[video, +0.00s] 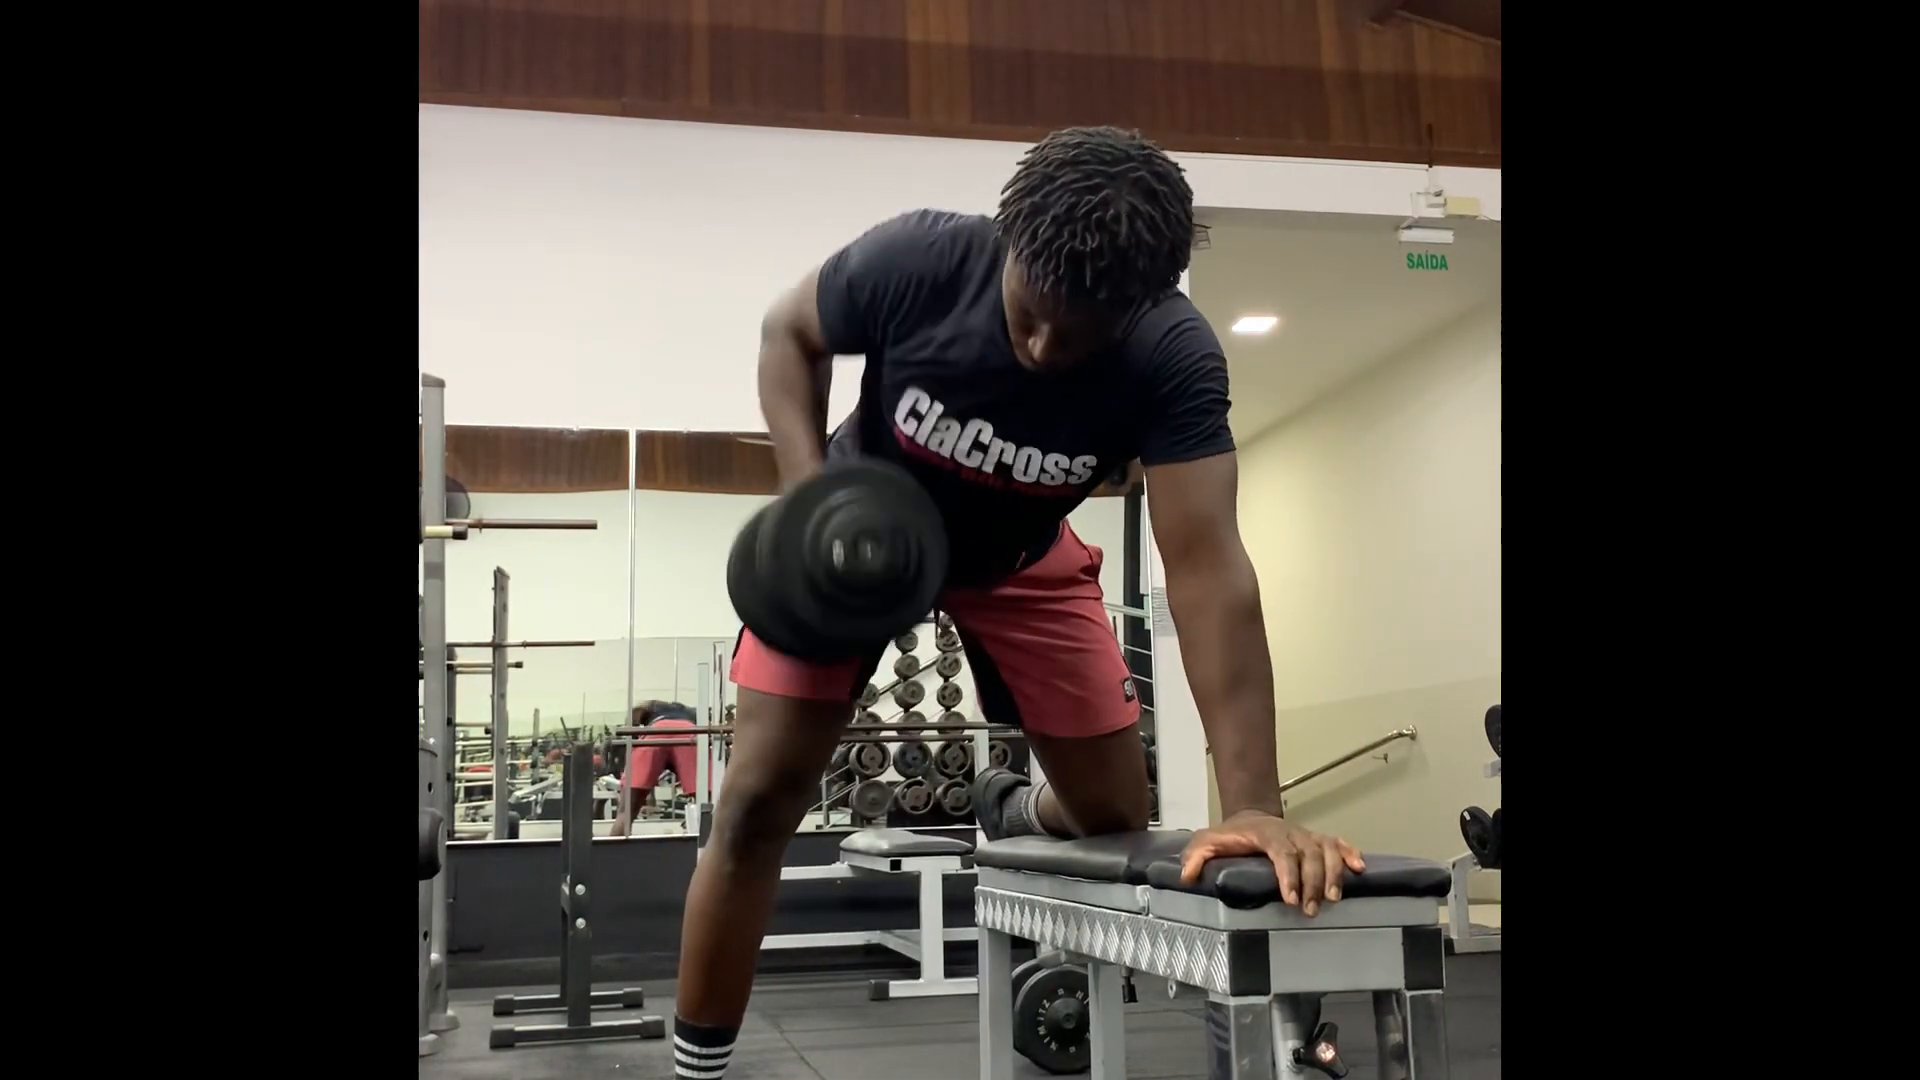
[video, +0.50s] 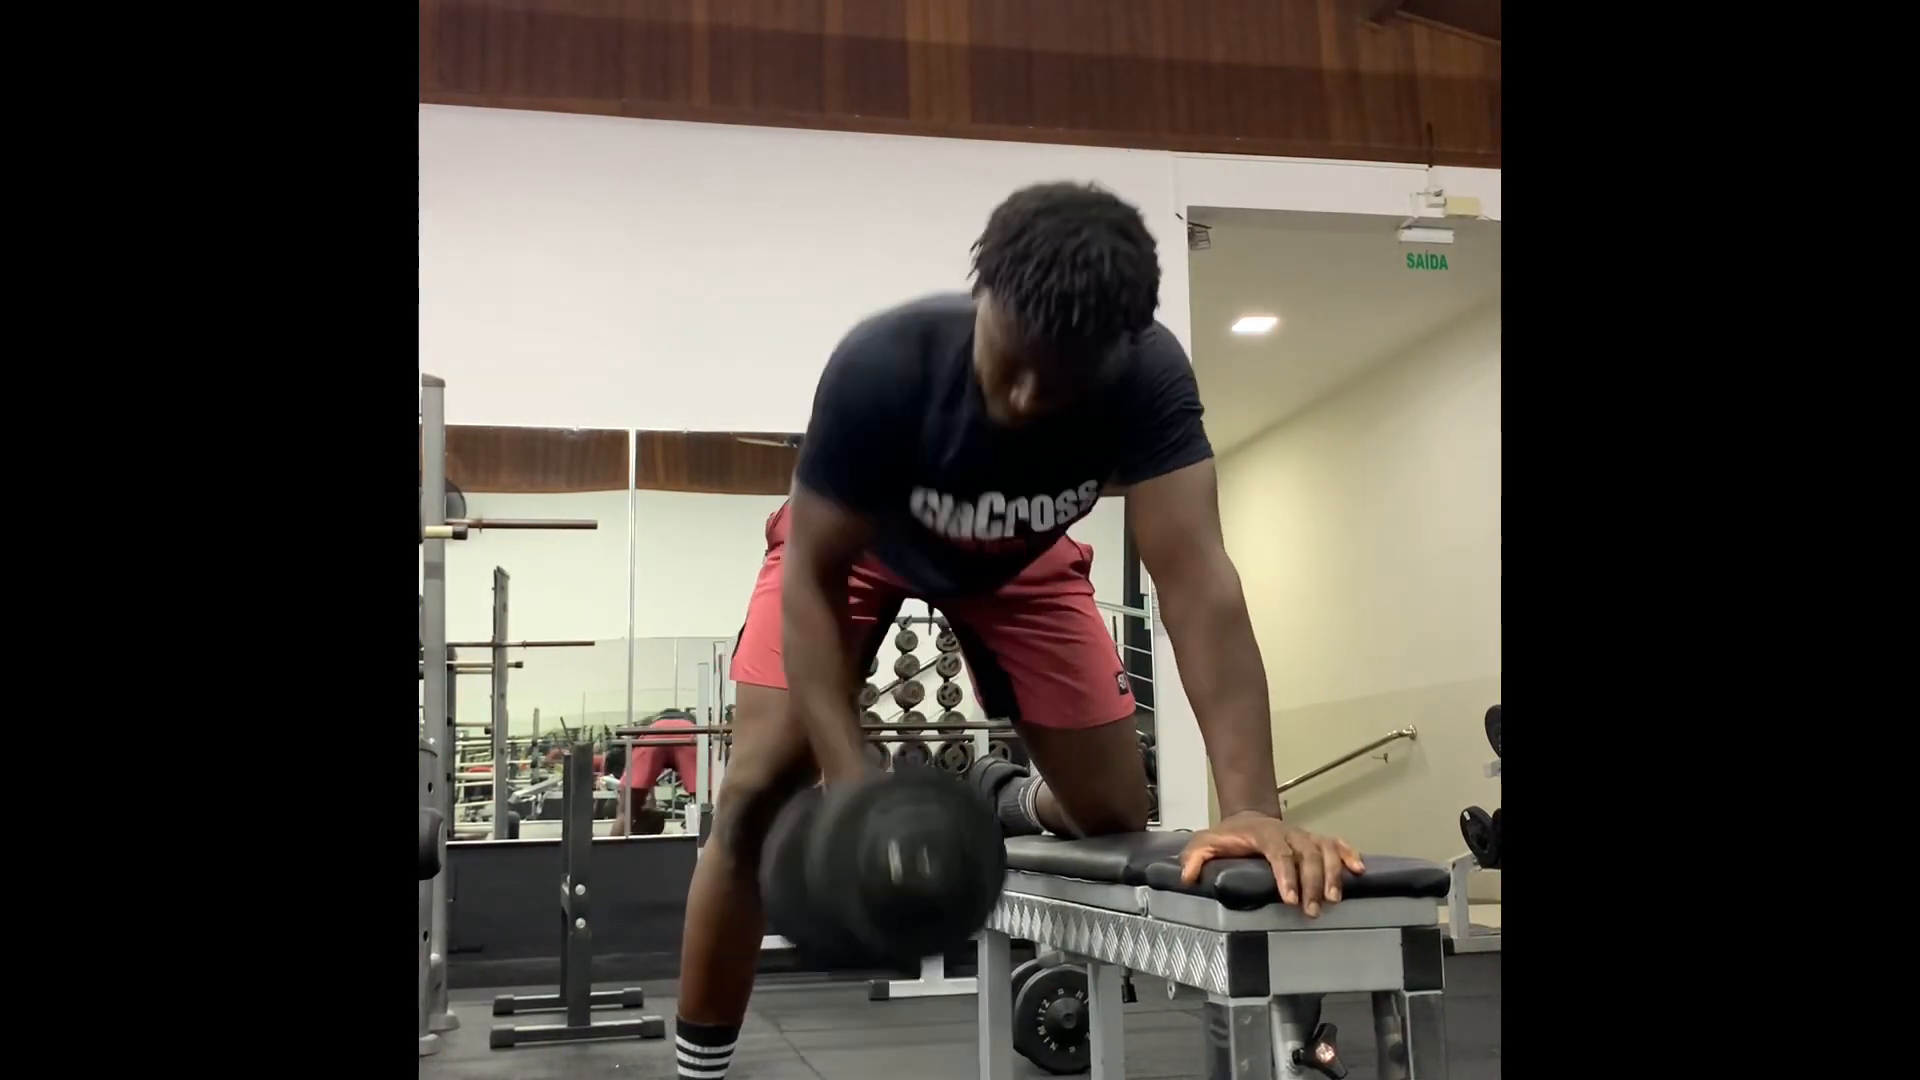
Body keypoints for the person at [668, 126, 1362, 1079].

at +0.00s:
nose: (1045, 348)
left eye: (1081, 332)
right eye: (1030, 313)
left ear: (1140, 303)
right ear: (1008, 247)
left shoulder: (1171, 355)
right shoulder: (920, 263)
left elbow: (1208, 562)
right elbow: (790, 331)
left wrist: (1254, 807)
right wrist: (811, 500)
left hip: (1026, 556)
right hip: (868, 527)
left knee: (1116, 815)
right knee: (755, 803)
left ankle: (1010, 809)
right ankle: (694, 1074)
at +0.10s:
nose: (1043, 387)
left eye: (1077, 366)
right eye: (1026, 352)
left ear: (1129, 330)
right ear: (996, 287)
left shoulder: (1159, 363)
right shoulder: (890, 331)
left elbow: (1201, 563)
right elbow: (787, 495)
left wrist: (1253, 805)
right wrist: (828, 695)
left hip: (1032, 561)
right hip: (859, 538)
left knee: (1118, 815)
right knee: (753, 800)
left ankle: (1001, 807)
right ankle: (695, 1074)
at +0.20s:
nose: (1035, 441)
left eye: (1065, 419)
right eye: (1012, 412)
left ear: (1113, 376)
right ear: (975, 351)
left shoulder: (1140, 380)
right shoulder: (875, 427)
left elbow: (1193, 573)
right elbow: (829, 666)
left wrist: (1253, 805)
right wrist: (870, 907)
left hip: (1027, 566)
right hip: (848, 556)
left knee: (1119, 817)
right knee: (744, 805)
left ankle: (1014, 810)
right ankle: (695, 1066)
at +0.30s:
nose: (1033, 511)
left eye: (1062, 488)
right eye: (1007, 484)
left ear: (1102, 442)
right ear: (964, 426)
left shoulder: (1115, 402)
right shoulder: (873, 520)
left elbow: (1194, 587)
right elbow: (873, 778)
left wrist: (1253, 809)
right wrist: (890, 1031)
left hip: (1020, 564)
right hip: (841, 545)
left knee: (1115, 810)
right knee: (740, 805)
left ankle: (1005, 801)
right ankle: (695, 1068)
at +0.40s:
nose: (1022, 519)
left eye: (1051, 501)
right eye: (999, 492)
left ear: (1094, 455)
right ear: (957, 435)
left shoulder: (1107, 404)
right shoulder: (873, 522)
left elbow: (1191, 592)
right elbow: (875, 782)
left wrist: (1252, 809)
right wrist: (892, 1033)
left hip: (1019, 563)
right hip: (840, 541)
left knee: (1115, 811)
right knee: (737, 805)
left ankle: (1003, 798)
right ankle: (694, 1068)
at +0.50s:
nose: (1031, 395)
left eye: (1064, 376)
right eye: (1013, 361)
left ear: (1116, 343)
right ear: (983, 292)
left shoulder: (1145, 375)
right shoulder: (882, 367)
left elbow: (1200, 586)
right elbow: (810, 572)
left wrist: (1252, 806)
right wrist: (852, 787)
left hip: (1026, 562)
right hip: (857, 546)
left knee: (1115, 813)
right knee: (756, 789)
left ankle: (1006, 800)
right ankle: (699, 1072)